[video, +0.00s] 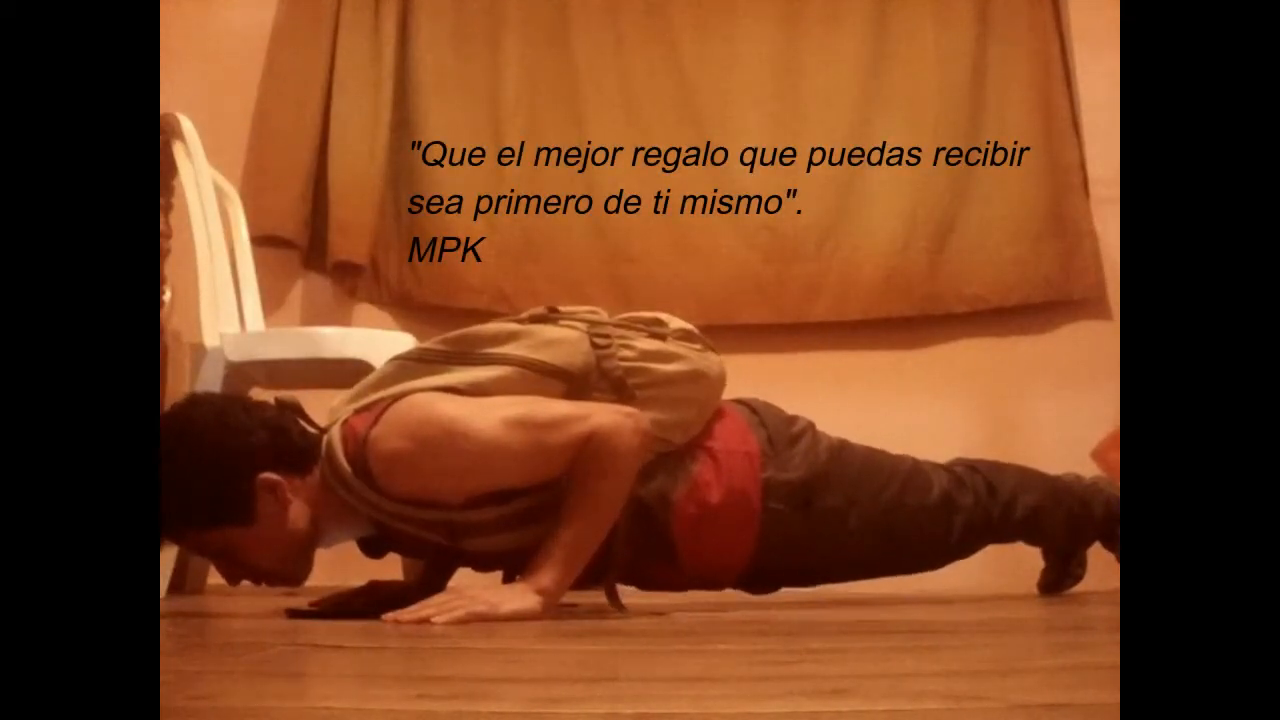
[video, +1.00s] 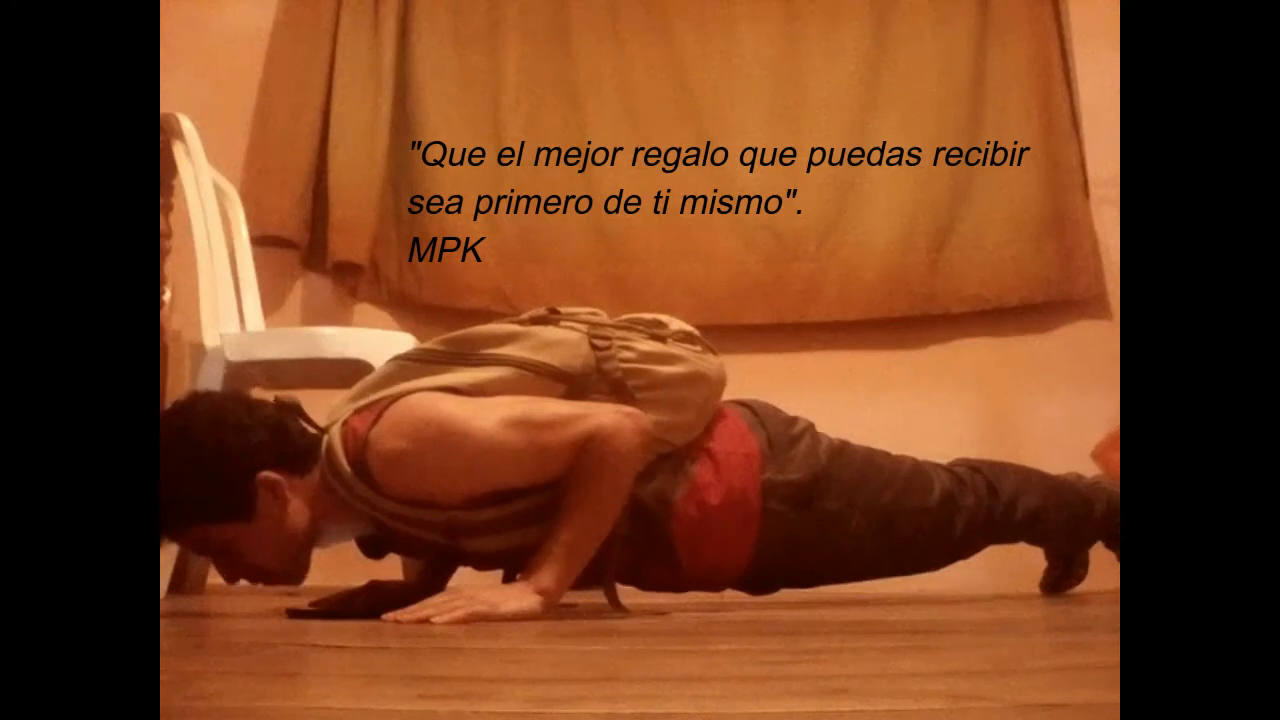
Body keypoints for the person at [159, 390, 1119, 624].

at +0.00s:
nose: (226, 572)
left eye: (221, 547)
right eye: (208, 559)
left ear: (276, 489)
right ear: (271, 481)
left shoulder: (404, 448)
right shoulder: (355, 458)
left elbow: (615, 439)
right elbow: (455, 541)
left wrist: (538, 588)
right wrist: (391, 585)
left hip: (739, 486)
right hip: (709, 504)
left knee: (944, 507)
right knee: (923, 507)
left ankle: (1096, 503)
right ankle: (1072, 506)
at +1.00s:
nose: (225, 570)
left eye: (218, 547)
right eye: (205, 557)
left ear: (273, 488)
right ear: (269, 480)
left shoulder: (403, 446)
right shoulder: (357, 459)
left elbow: (616, 438)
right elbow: (456, 545)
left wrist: (538, 588)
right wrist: (388, 589)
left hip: (737, 491)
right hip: (712, 497)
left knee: (941, 508)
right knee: (922, 504)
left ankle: (1091, 504)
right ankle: (1076, 504)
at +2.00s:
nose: (218, 574)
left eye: (213, 550)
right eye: (200, 559)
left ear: (262, 492)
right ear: (258, 478)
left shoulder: (400, 448)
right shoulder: (355, 461)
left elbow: (614, 439)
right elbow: (470, 534)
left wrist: (539, 588)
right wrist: (388, 588)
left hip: (739, 498)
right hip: (712, 503)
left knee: (949, 510)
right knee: (928, 506)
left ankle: (1095, 505)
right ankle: (1079, 504)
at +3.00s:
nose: (219, 575)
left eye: (211, 550)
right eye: (200, 559)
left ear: (264, 495)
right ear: (262, 483)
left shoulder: (398, 452)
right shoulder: (354, 462)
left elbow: (612, 439)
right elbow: (482, 529)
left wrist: (538, 589)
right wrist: (387, 587)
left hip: (736, 495)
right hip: (709, 508)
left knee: (943, 509)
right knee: (923, 510)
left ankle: (1093, 506)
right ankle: (1078, 505)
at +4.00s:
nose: (217, 576)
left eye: (211, 551)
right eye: (199, 560)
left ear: (262, 493)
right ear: (259, 482)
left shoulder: (397, 453)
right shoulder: (355, 460)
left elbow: (609, 437)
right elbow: (486, 529)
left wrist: (539, 588)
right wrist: (390, 585)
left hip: (737, 491)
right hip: (710, 500)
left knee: (943, 508)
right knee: (923, 505)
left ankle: (1095, 505)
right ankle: (1077, 505)